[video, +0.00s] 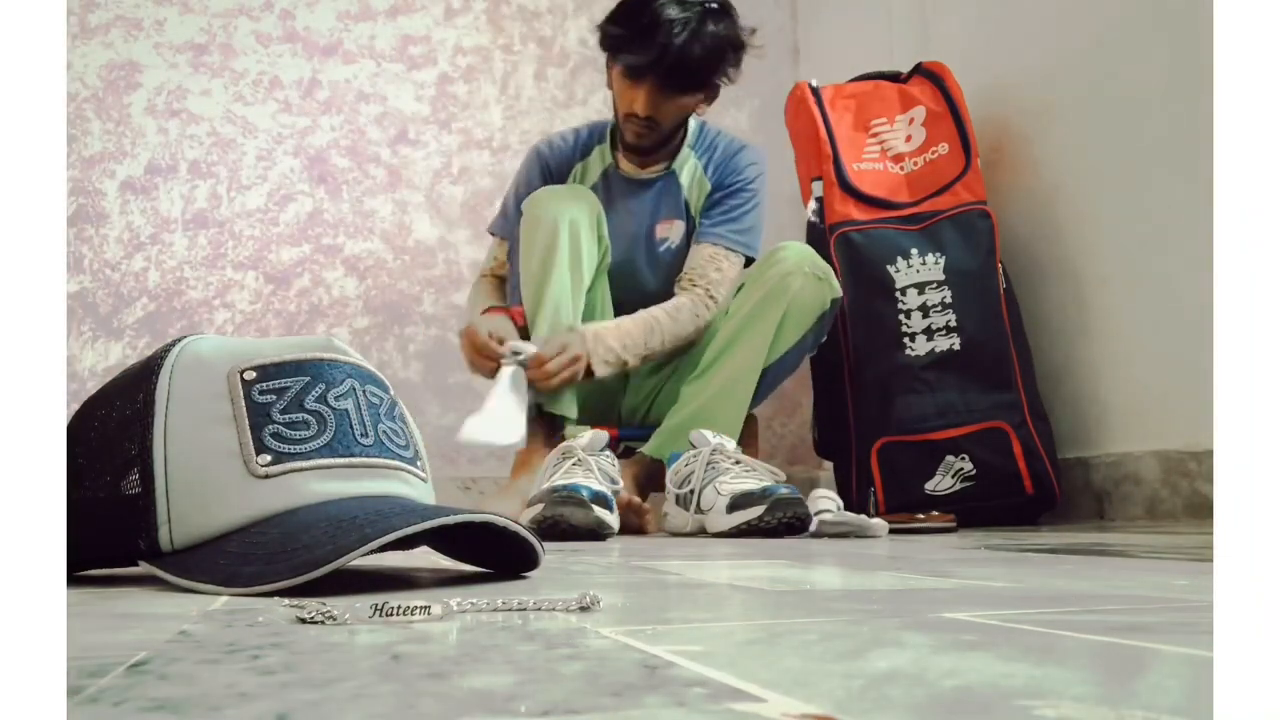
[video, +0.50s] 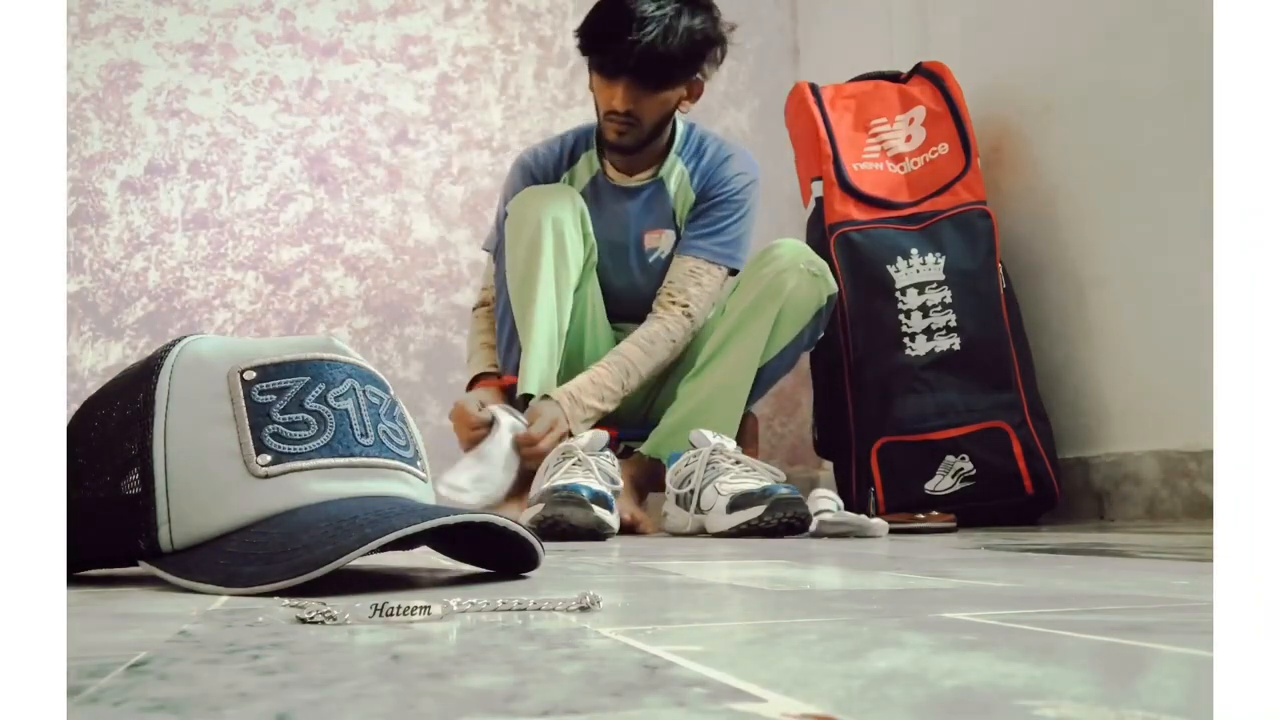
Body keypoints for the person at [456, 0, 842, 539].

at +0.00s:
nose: (642, 105)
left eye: (671, 89)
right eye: (632, 76)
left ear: (706, 97)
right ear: (610, 65)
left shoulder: (733, 167)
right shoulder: (554, 158)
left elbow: (701, 301)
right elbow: (493, 278)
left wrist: (596, 344)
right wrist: (488, 323)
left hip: (671, 383)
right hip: (577, 383)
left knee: (800, 267)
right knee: (559, 204)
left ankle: (660, 467)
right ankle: (570, 453)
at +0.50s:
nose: (619, 102)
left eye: (645, 86)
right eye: (607, 76)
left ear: (689, 92)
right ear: (589, 70)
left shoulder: (725, 173)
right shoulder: (541, 169)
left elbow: (676, 318)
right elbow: (493, 300)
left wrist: (571, 405)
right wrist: (486, 386)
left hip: (675, 378)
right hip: (577, 374)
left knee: (795, 264)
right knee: (542, 202)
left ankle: (649, 471)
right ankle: (565, 455)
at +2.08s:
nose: (660, 137)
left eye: (685, 123)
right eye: (651, 109)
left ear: (714, 119)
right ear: (627, 81)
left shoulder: (734, 175)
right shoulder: (563, 177)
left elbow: (699, 313)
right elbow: (505, 295)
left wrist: (598, 386)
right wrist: (484, 385)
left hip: (681, 376)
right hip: (582, 364)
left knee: (811, 269)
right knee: (537, 207)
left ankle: (644, 475)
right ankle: (517, 457)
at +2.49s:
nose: (672, 136)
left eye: (694, 125)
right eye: (663, 112)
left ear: (724, 117)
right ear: (637, 84)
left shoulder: (745, 187)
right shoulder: (569, 173)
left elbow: (709, 315)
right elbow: (508, 287)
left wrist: (609, 386)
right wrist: (486, 372)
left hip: (689, 376)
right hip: (587, 363)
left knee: (827, 279)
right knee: (550, 210)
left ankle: (655, 475)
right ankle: (524, 464)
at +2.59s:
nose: (674, 135)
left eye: (696, 121)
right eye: (664, 108)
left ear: (722, 116)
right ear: (633, 88)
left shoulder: (740, 183)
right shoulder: (566, 176)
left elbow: (726, 298)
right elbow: (506, 286)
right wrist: (475, 341)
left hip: (678, 384)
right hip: (579, 379)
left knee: (830, 281)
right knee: (546, 210)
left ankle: (698, 461)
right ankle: (520, 461)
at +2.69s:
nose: (659, 123)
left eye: (678, 105)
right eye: (644, 99)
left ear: (701, 99)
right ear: (612, 89)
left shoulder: (730, 175)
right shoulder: (556, 178)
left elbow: (775, 281)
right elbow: (473, 315)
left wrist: (736, 212)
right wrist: (444, 277)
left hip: (689, 371)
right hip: (587, 363)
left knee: (821, 277)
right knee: (528, 205)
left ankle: (681, 467)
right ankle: (524, 460)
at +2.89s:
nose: (614, 145)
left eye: (628, 126)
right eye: (596, 129)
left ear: (655, 115)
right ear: (571, 122)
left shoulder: (698, 206)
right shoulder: (550, 193)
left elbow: (751, 294)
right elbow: (453, 275)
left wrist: (825, 252)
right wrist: (486, 200)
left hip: (691, 387)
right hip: (588, 384)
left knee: (737, 202)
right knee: (547, 196)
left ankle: (758, 426)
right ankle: (542, 423)